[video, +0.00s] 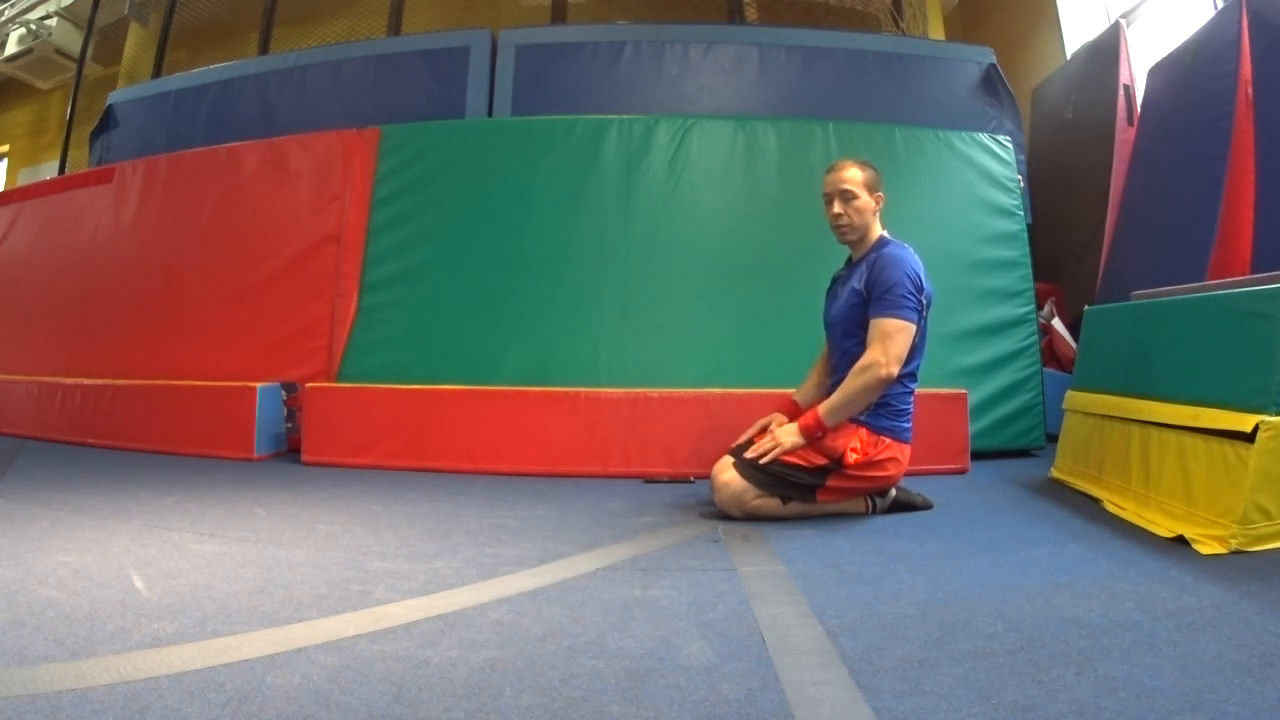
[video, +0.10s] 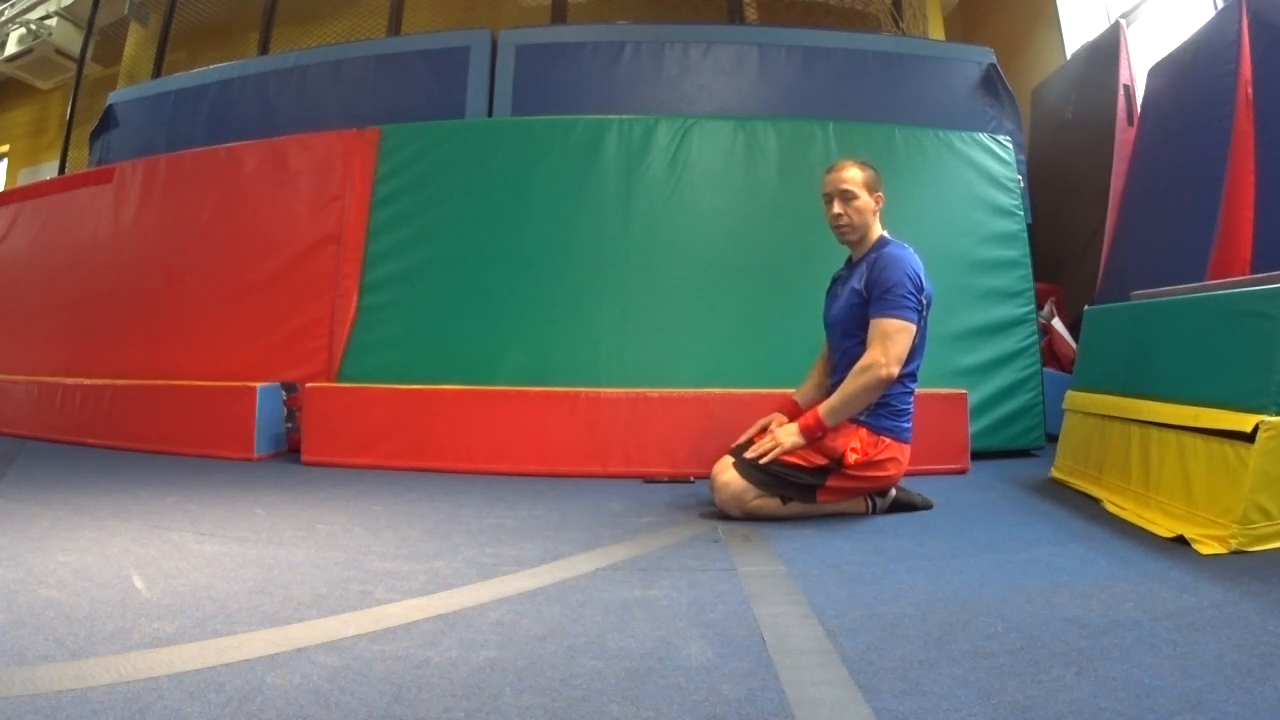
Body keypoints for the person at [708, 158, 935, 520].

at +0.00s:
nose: (835, 210)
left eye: (848, 197)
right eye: (829, 201)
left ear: (877, 202)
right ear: (823, 207)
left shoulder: (895, 263)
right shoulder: (847, 276)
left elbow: (882, 366)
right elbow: (831, 362)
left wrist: (805, 429)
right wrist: (787, 414)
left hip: (872, 444)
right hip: (844, 433)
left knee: (734, 493)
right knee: (724, 475)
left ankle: (869, 502)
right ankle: (859, 489)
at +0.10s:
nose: (835, 210)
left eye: (847, 197)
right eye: (828, 201)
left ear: (877, 202)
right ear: (823, 207)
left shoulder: (895, 263)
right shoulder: (847, 276)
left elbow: (882, 366)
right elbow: (832, 363)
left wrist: (805, 429)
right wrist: (787, 414)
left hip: (872, 444)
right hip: (844, 433)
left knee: (734, 493)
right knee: (724, 475)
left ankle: (870, 502)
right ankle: (859, 489)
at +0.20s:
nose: (836, 210)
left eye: (847, 197)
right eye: (828, 200)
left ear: (877, 201)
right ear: (823, 207)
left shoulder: (895, 263)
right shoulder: (847, 276)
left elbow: (882, 366)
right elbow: (831, 363)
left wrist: (805, 429)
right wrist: (787, 414)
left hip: (872, 444)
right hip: (844, 433)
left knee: (734, 493)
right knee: (724, 475)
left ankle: (869, 502)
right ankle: (859, 489)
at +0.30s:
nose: (835, 210)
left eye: (847, 197)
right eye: (829, 201)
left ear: (877, 202)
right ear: (823, 207)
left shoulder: (895, 263)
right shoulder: (848, 275)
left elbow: (882, 366)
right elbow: (832, 362)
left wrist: (805, 429)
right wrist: (787, 414)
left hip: (872, 444)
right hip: (844, 433)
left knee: (734, 493)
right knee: (724, 475)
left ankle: (869, 502)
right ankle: (859, 489)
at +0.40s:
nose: (835, 210)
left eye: (847, 197)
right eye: (829, 201)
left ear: (877, 202)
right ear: (823, 207)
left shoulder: (895, 263)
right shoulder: (848, 276)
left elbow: (882, 366)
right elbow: (832, 362)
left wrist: (805, 429)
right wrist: (787, 414)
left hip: (872, 444)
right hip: (844, 433)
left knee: (734, 493)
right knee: (724, 474)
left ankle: (869, 502)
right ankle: (859, 489)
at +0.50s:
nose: (835, 211)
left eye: (847, 198)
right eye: (828, 201)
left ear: (877, 202)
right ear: (823, 207)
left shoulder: (895, 263)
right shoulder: (848, 276)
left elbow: (882, 366)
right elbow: (832, 362)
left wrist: (805, 429)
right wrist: (788, 414)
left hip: (872, 444)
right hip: (844, 433)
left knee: (734, 493)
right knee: (724, 474)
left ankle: (869, 502)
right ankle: (859, 489)